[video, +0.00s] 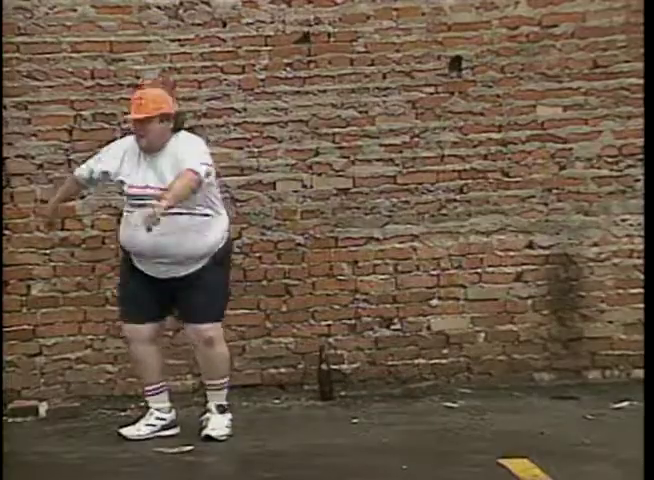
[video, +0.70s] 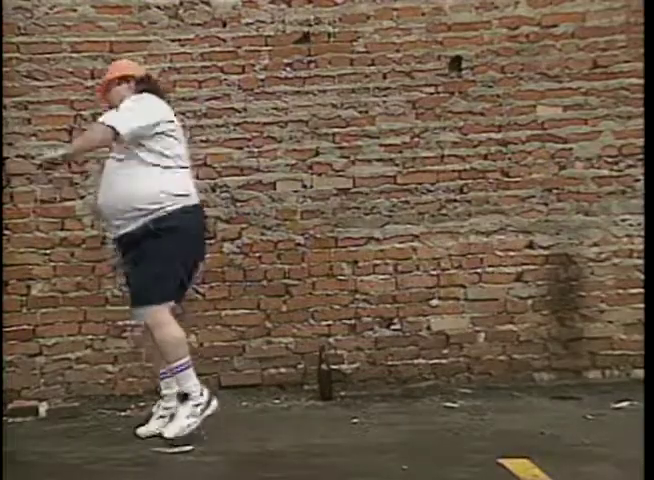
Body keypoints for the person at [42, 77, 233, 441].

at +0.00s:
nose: (139, 129)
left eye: (147, 122)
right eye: (135, 122)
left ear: (168, 121)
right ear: (131, 122)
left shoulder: (190, 147)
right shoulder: (124, 150)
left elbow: (192, 178)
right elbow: (83, 176)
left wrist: (165, 202)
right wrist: (54, 202)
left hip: (200, 260)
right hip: (142, 261)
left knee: (206, 333)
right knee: (138, 333)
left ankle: (218, 411)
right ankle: (160, 412)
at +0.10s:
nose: (134, 128)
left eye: (141, 121)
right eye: (131, 121)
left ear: (163, 119)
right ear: (128, 120)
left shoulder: (185, 142)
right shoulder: (125, 151)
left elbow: (191, 176)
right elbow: (95, 178)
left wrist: (182, 212)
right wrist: (76, 203)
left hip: (189, 259)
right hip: (136, 261)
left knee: (196, 337)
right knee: (136, 335)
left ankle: (216, 411)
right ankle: (160, 413)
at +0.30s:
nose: (124, 99)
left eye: (132, 93)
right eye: (121, 93)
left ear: (153, 88)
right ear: (121, 93)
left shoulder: (179, 117)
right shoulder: (130, 124)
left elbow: (219, 161)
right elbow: (141, 173)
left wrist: (223, 204)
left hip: (176, 223)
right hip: (135, 231)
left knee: (185, 317)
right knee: (151, 322)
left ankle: (219, 400)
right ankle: (169, 406)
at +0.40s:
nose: (123, 105)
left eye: (130, 99)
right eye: (120, 99)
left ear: (151, 97)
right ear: (120, 100)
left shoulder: (174, 123)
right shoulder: (129, 135)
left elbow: (213, 165)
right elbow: (141, 183)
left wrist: (211, 210)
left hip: (173, 231)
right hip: (136, 237)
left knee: (178, 325)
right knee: (147, 329)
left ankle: (211, 411)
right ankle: (180, 409)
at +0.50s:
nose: (120, 118)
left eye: (125, 110)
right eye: (119, 111)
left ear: (146, 108)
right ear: (134, 111)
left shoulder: (166, 133)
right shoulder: (140, 145)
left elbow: (187, 175)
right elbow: (139, 193)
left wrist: (165, 205)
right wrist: (108, 181)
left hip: (170, 243)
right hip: (141, 251)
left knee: (171, 331)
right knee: (139, 336)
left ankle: (214, 417)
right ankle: (179, 413)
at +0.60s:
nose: (112, 105)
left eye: (118, 97)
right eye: (111, 99)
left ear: (141, 94)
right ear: (123, 101)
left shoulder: (156, 117)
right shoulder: (127, 137)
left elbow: (147, 154)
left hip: (169, 235)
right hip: (137, 245)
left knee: (173, 325)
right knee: (143, 332)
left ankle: (209, 410)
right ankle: (179, 407)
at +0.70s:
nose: (105, 96)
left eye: (110, 88)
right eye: (105, 91)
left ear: (131, 84)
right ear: (122, 90)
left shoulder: (149, 106)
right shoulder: (126, 119)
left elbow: (106, 132)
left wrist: (68, 152)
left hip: (169, 222)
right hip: (140, 230)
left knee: (156, 313)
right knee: (149, 318)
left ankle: (195, 395)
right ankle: (171, 398)